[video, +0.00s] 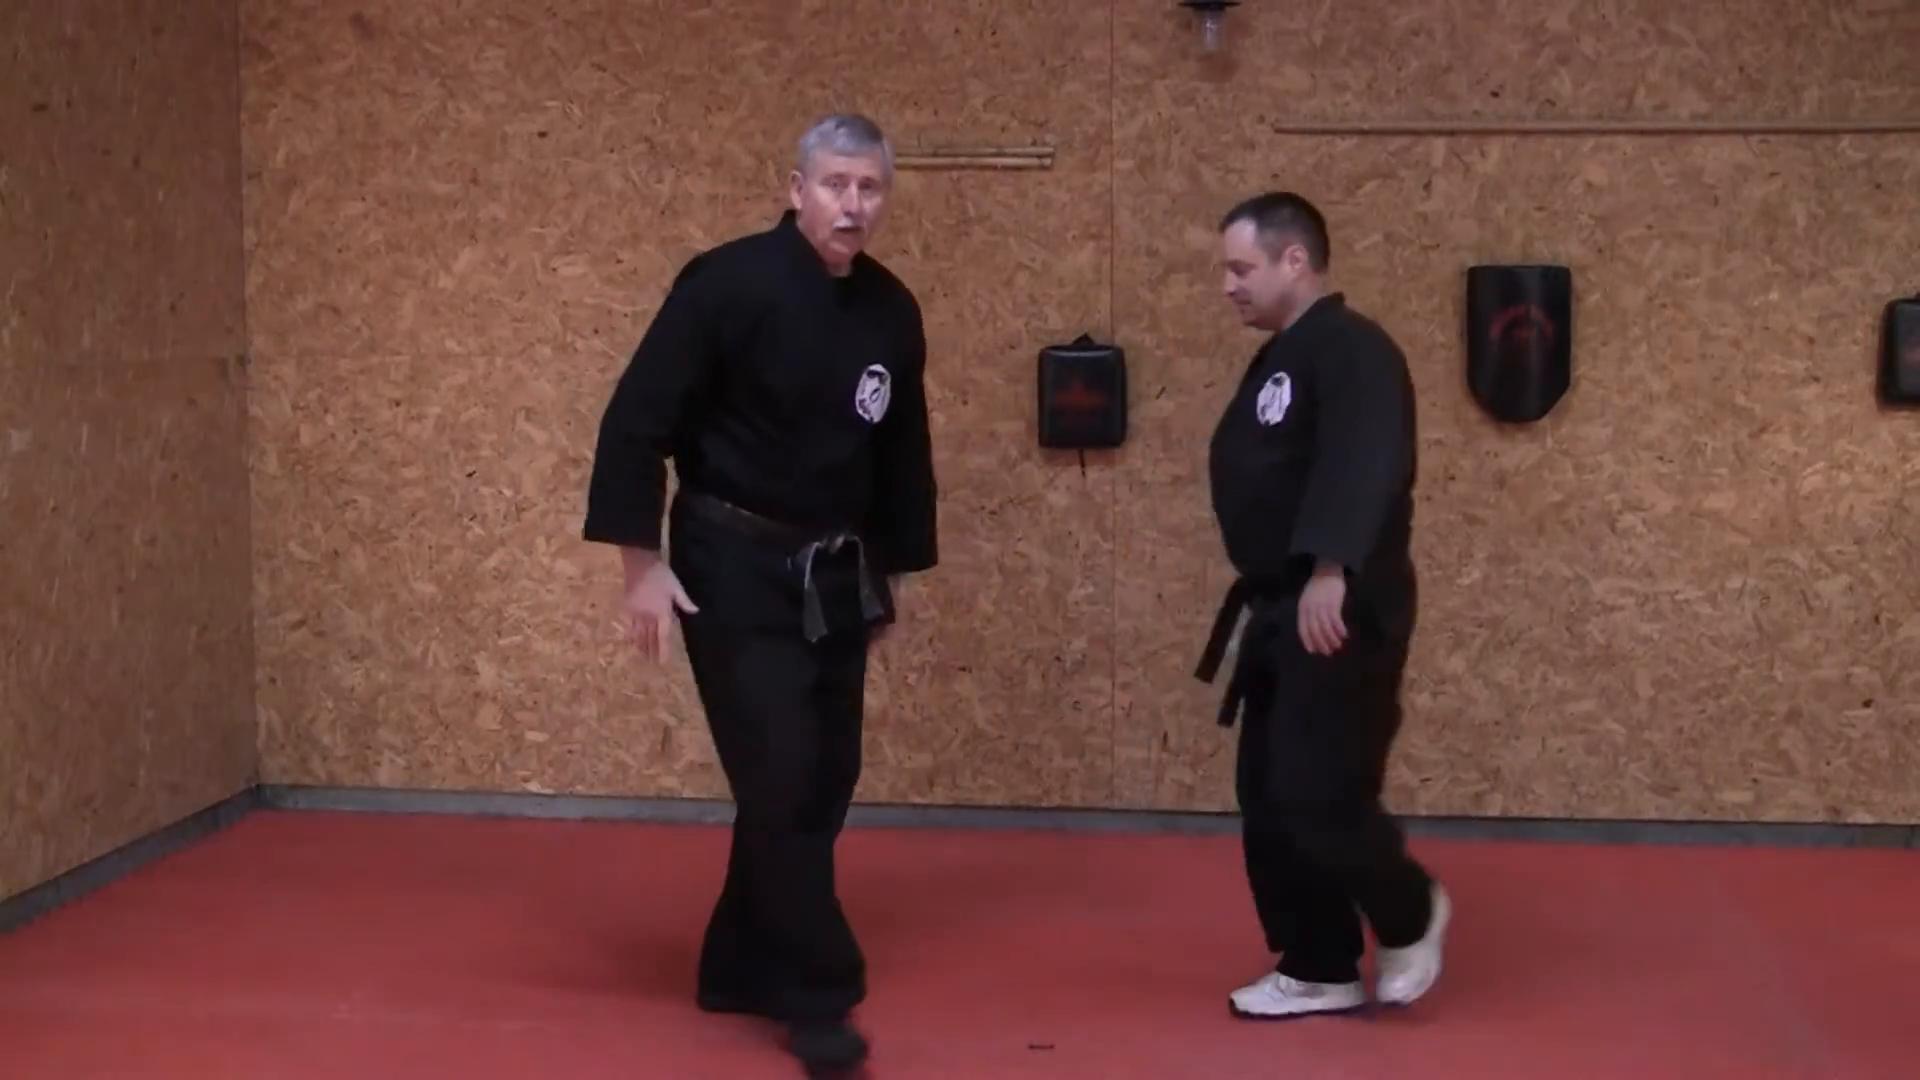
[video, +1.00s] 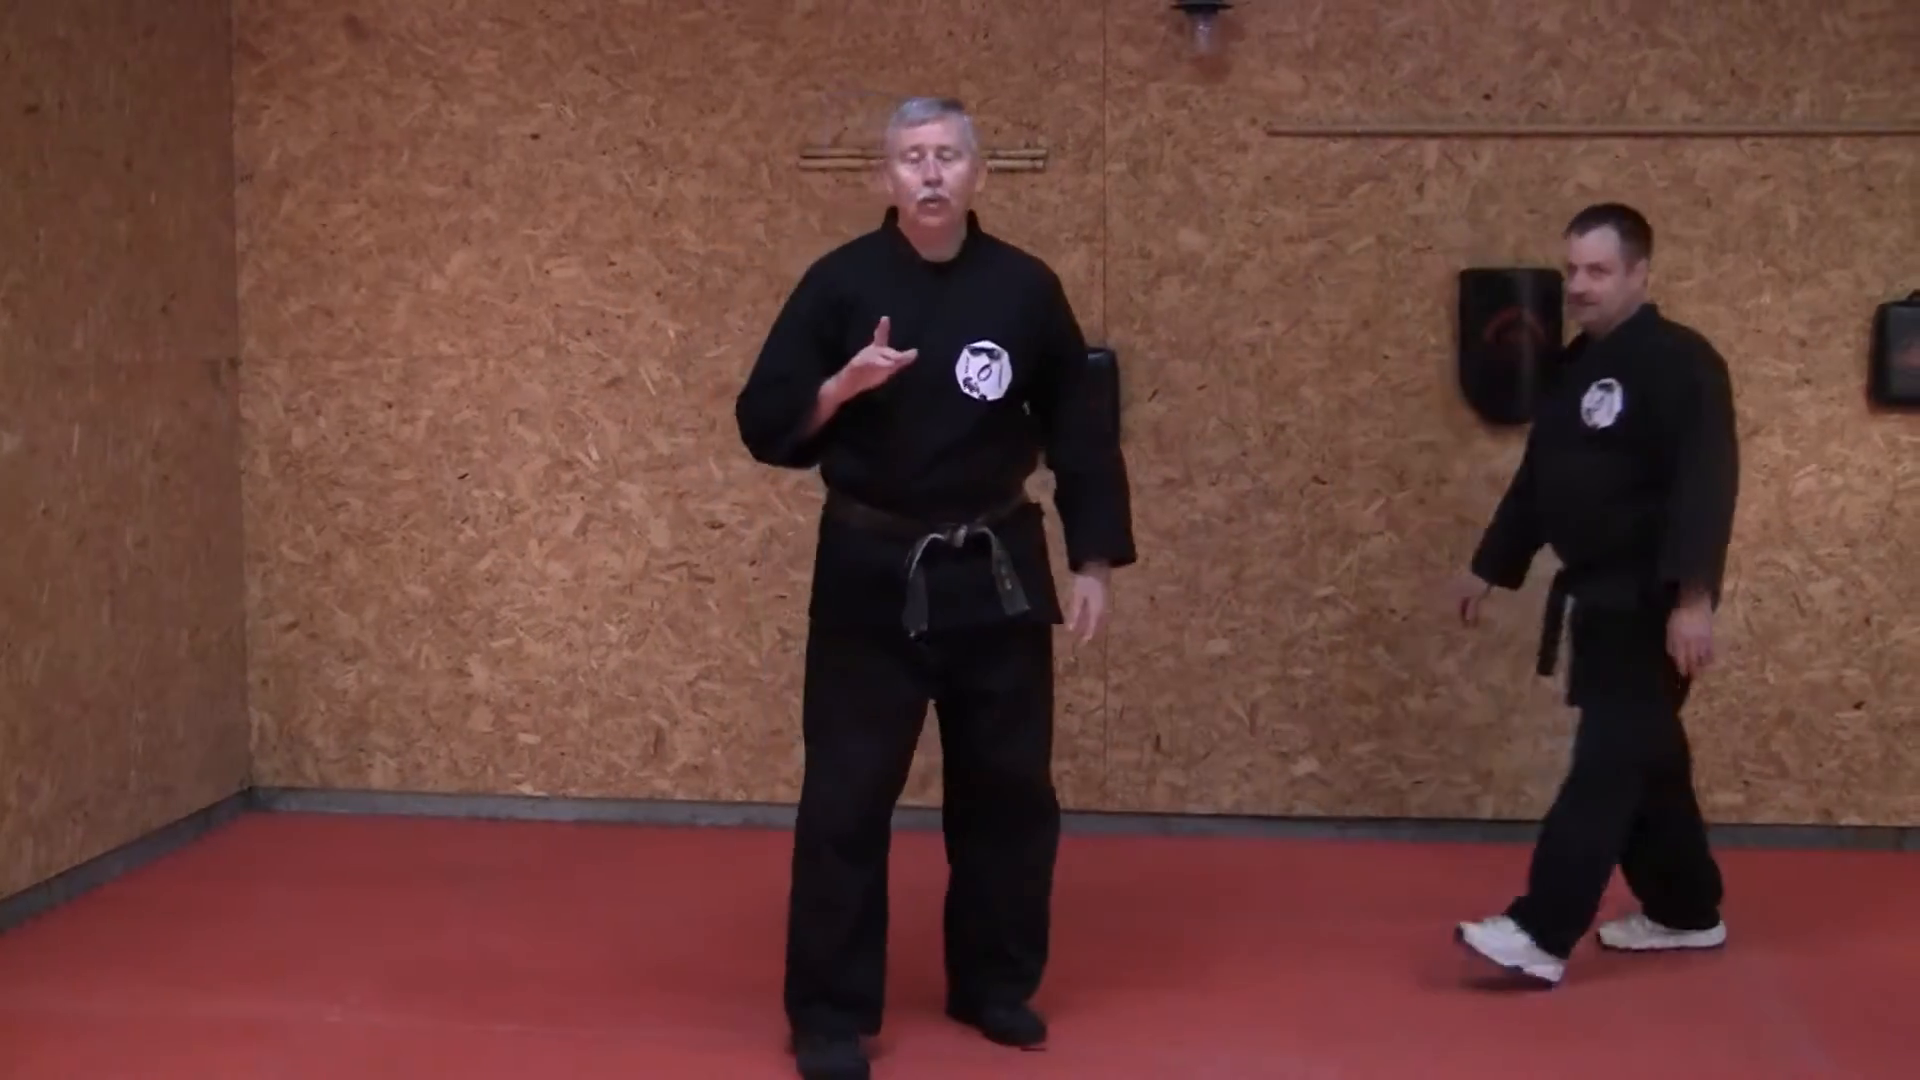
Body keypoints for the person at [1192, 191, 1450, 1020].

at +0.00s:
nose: (1229, 286)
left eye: (1241, 268)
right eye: (1225, 270)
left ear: (1296, 262)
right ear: (1287, 266)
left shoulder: (1354, 349)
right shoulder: (1281, 357)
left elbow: (1366, 460)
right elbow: (1287, 479)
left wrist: (1329, 566)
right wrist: (1264, 592)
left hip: (1352, 598)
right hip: (1288, 598)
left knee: (1320, 787)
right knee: (1269, 789)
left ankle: (1412, 914)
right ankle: (1319, 967)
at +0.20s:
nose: (1295, 300)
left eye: (1307, 282)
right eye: (1290, 285)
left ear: (1360, 273)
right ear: (1347, 280)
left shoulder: (1411, 361)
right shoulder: (1352, 367)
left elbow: (1393, 466)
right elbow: (1341, 481)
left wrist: (1322, 540)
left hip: (1410, 625)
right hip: (1352, 621)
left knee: (1427, 791)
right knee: (1321, 795)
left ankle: (1510, 936)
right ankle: (1323, 965)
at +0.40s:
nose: (1370, 306)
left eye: (1382, 288)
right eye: (1364, 291)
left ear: (1434, 277)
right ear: (1407, 285)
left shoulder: (1487, 367)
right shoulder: (1412, 368)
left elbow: (1465, 492)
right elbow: (1419, 489)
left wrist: (1380, 577)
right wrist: (1394, 572)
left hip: (1492, 620)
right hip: (1423, 616)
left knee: (1495, 788)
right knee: (1380, 784)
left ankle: (1518, 948)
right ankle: (1341, 939)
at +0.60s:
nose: (1437, 288)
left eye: (1450, 272)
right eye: (1432, 273)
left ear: (1503, 266)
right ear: (1444, 273)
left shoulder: (1552, 364)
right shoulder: (1469, 356)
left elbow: (1556, 494)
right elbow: (1474, 489)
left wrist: (1545, 612)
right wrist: (1453, 594)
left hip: (1533, 611)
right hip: (1473, 603)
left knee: (1519, 777)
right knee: (1444, 762)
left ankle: (1524, 951)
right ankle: (1482, 919)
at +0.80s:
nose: (1507, 283)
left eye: (1524, 268)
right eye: (1504, 268)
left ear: (1575, 269)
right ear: (1507, 271)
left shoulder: (1620, 364)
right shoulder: (1526, 360)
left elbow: (1656, 487)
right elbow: (1499, 466)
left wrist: (1660, 603)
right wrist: (1450, 542)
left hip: (1585, 600)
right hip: (1528, 593)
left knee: (1538, 768)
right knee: (1562, 751)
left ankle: (1518, 948)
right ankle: (1660, 876)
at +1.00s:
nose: (1579, 285)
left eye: (1596, 271)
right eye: (1571, 271)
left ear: (1640, 275)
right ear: (1567, 275)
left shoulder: (1684, 363)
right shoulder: (1572, 368)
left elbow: (1707, 485)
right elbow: (1541, 476)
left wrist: (1695, 597)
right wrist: (1489, 568)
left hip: (1651, 598)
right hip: (1594, 594)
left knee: (1605, 760)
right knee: (1645, 754)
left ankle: (1543, 931)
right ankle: (1686, 910)